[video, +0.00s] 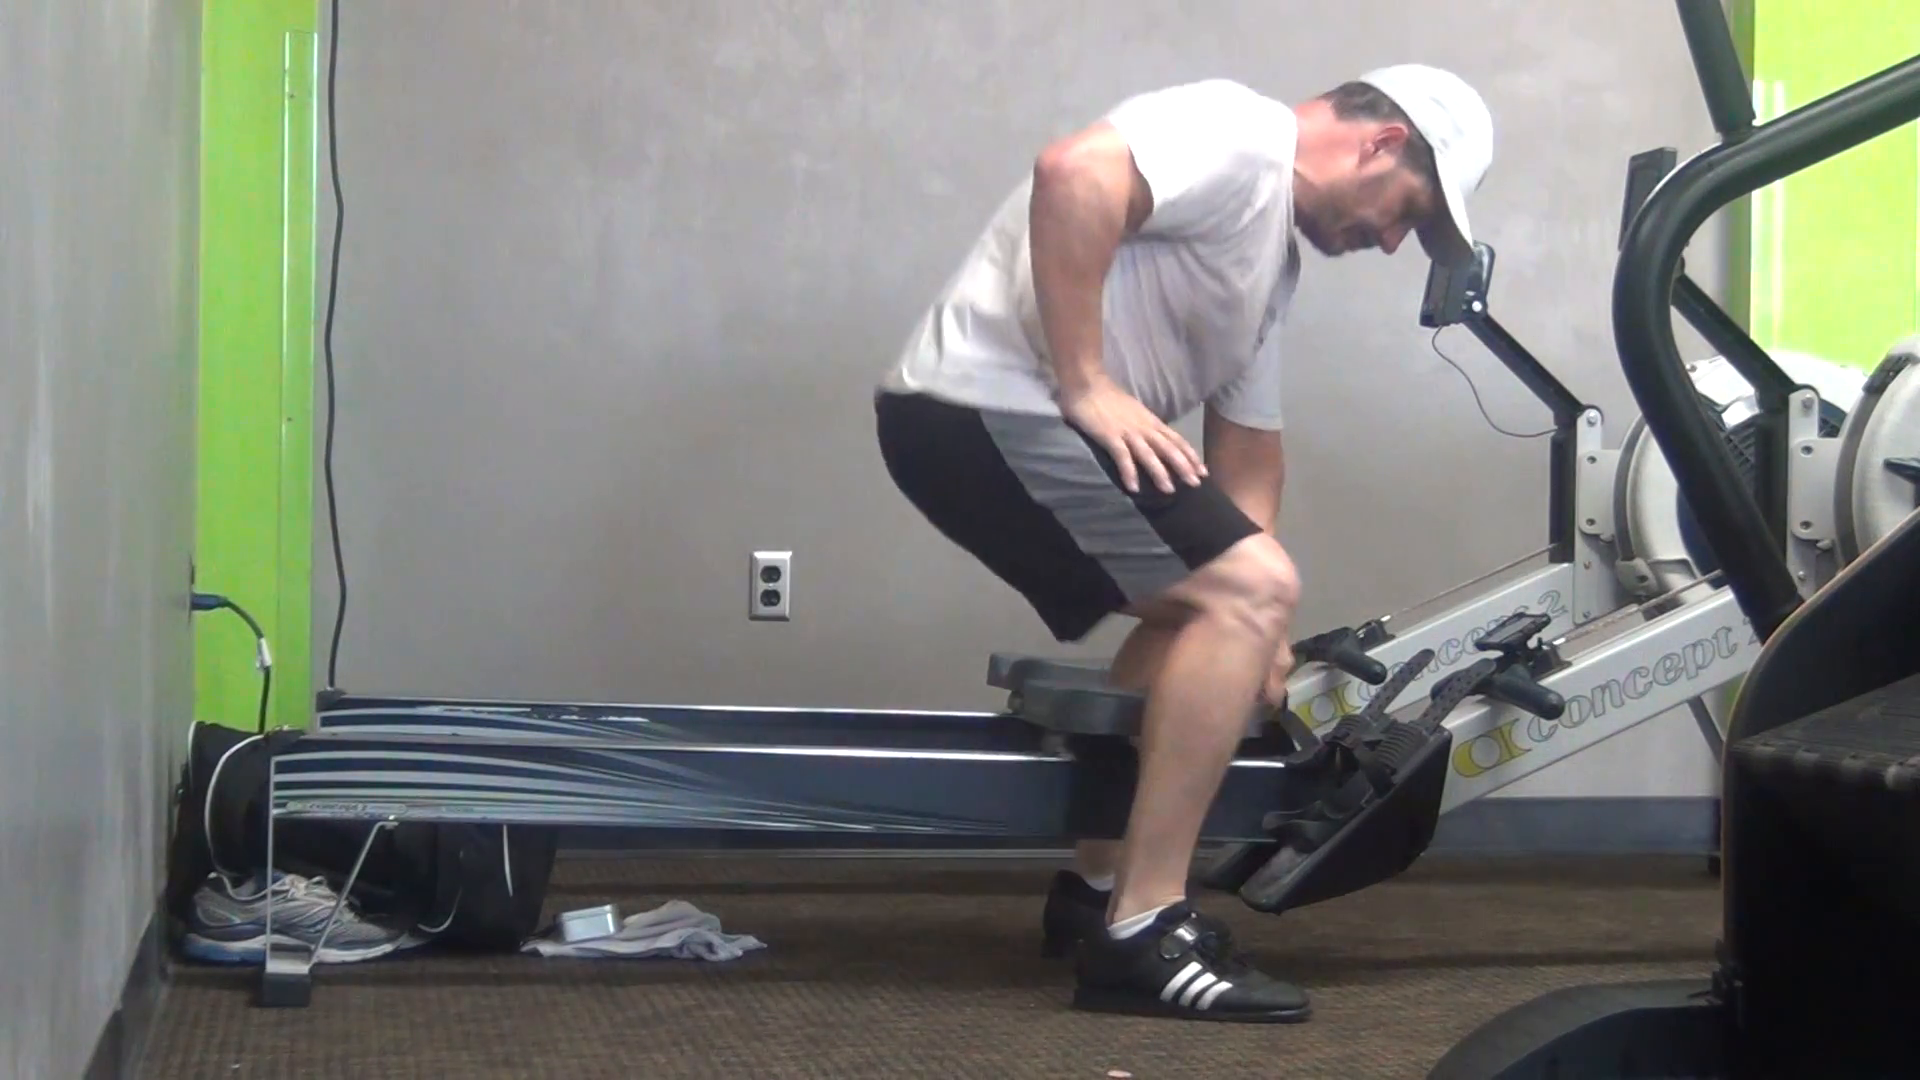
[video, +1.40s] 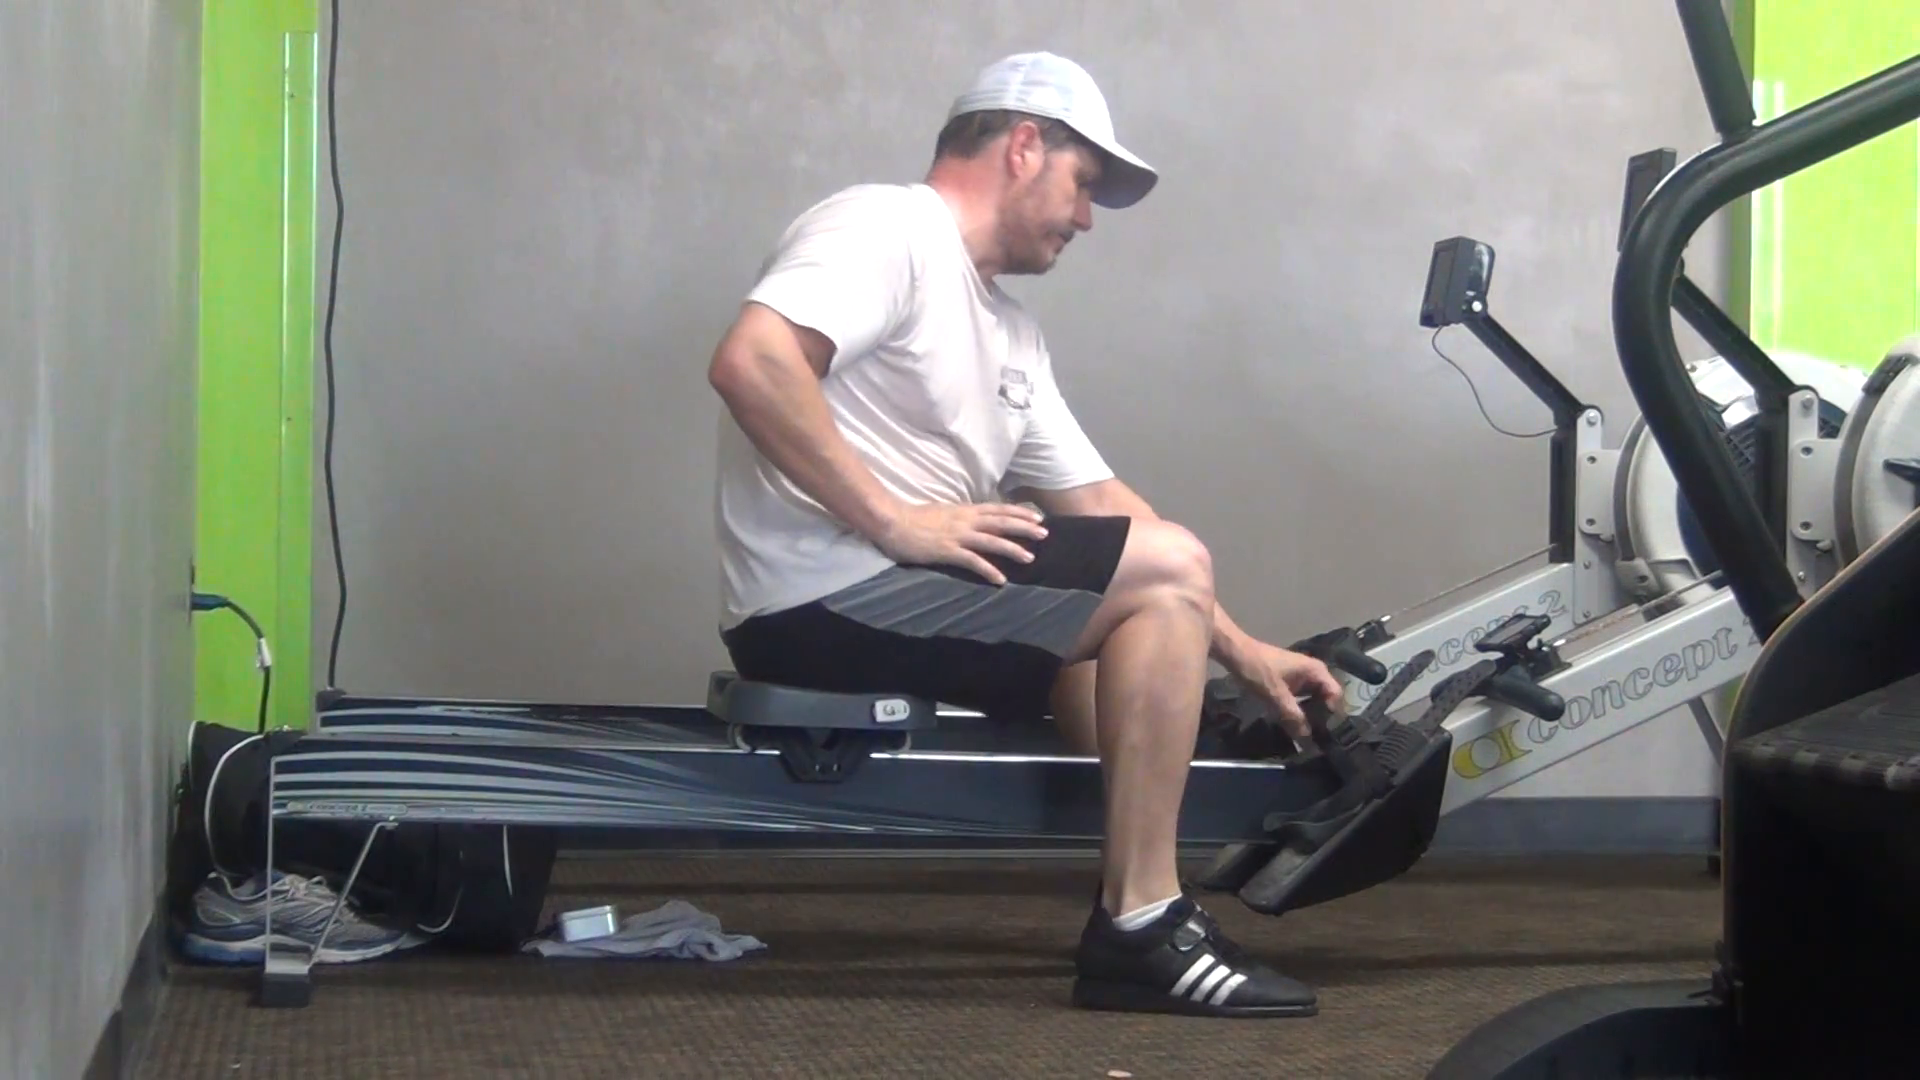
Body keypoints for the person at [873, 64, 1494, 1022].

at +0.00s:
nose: (1392, 243)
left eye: (1414, 231)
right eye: (1411, 213)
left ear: (1375, 145)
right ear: (1382, 143)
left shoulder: (1269, 258)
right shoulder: (1246, 136)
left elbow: (1248, 445)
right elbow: (1079, 175)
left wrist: (1258, 633)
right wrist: (1086, 381)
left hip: (1021, 413)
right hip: (982, 397)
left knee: (1199, 607)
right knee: (1256, 590)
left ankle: (1096, 884)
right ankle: (1142, 929)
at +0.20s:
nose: (1369, 266)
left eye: (1389, 252)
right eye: (1384, 236)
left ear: (1341, 171)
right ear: (1347, 169)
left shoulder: (1254, 292)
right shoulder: (1213, 189)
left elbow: (1228, 489)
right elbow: (1058, 265)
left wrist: (1238, 644)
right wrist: (1112, 458)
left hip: (1048, 509)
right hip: (1006, 501)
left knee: (1209, 673)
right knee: (1322, 621)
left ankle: (1102, 885)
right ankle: (1148, 929)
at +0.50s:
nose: (1274, 283)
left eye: (1289, 265)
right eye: (1283, 253)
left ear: (1233, 198)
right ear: (1235, 197)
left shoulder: (1160, 301)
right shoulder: (1110, 242)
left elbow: (1190, 507)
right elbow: (966, 358)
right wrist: (1067, 522)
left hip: (1021, 585)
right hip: (965, 591)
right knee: (1313, 624)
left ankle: (1102, 880)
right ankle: (1148, 930)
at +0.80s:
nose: (1173, 246)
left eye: (1185, 222)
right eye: (1175, 212)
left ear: (1114, 177)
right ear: (1116, 171)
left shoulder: (1066, 314)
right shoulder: (989, 239)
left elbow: (1132, 501)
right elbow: (855, 376)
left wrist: (1267, 652)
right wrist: (974, 529)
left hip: (954, 596)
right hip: (884, 597)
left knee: (1205, 692)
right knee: (1244, 584)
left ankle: (1109, 892)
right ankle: (1139, 925)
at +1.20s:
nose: (1133, 234)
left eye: (1141, 211)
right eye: (1130, 199)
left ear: (1067, 172)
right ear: (1067, 166)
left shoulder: (1041, 343)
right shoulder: (922, 234)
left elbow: (1126, 520)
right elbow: (777, 359)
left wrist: (1263, 674)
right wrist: (901, 525)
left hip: (914, 603)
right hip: (817, 596)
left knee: (1164, 628)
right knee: (1181, 567)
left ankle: (1136, 929)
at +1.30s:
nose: (1114, 225)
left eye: (1122, 203)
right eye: (1110, 190)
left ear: (1051, 166)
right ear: (1046, 156)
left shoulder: (1025, 339)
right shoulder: (908, 232)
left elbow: (1110, 515)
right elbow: (768, 363)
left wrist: (1254, 661)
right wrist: (899, 524)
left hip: (910, 602)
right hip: (814, 598)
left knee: (1163, 625)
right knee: (1180, 560)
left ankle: (1136, 927)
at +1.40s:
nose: (1087, 217)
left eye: (1095, 195)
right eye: (1083, 183)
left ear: (1020, 155)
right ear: (1020, 147)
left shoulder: (1008, 334)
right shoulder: (887, 225)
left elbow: (1104, 505)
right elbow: (753, 361)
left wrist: (1245, 650)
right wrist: (892, 521)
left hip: (906, 598)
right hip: (814, 596)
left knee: (1161, 621)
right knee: (1177, 559)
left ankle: (1137, 924)